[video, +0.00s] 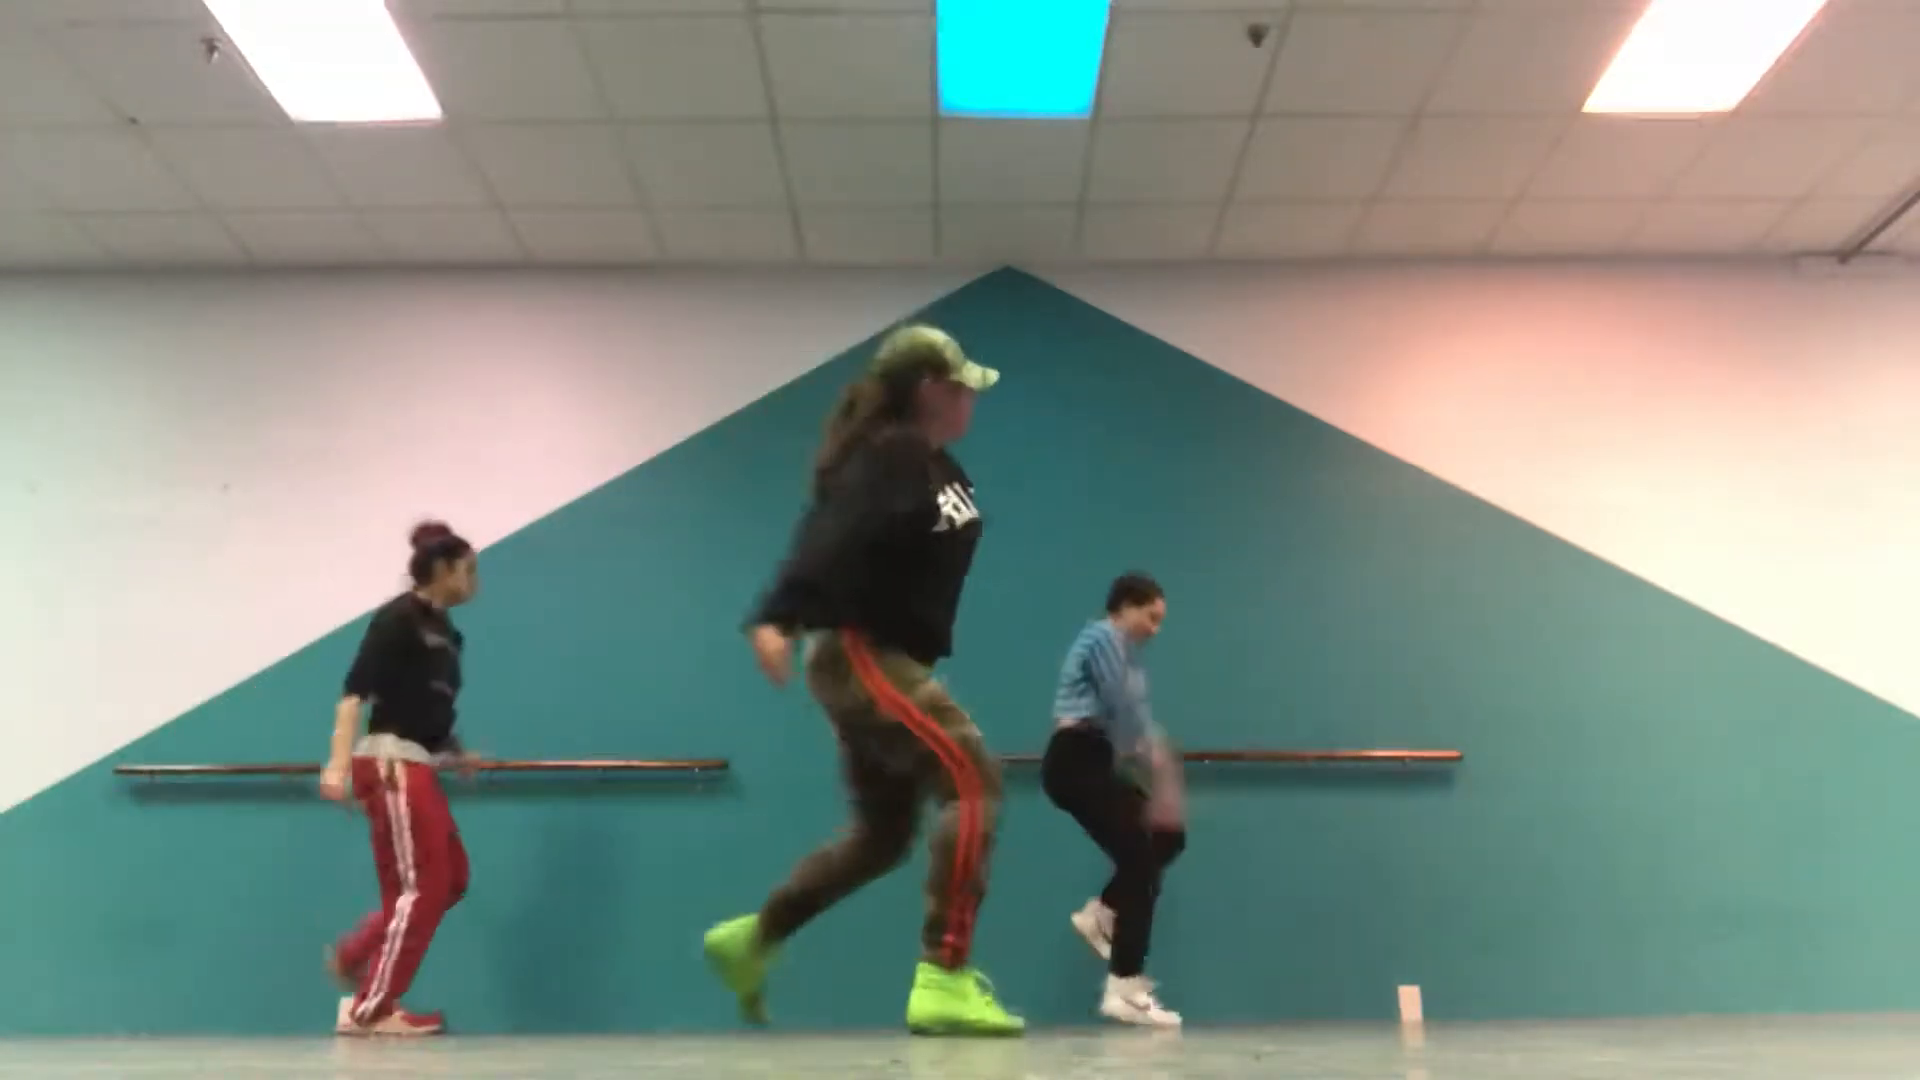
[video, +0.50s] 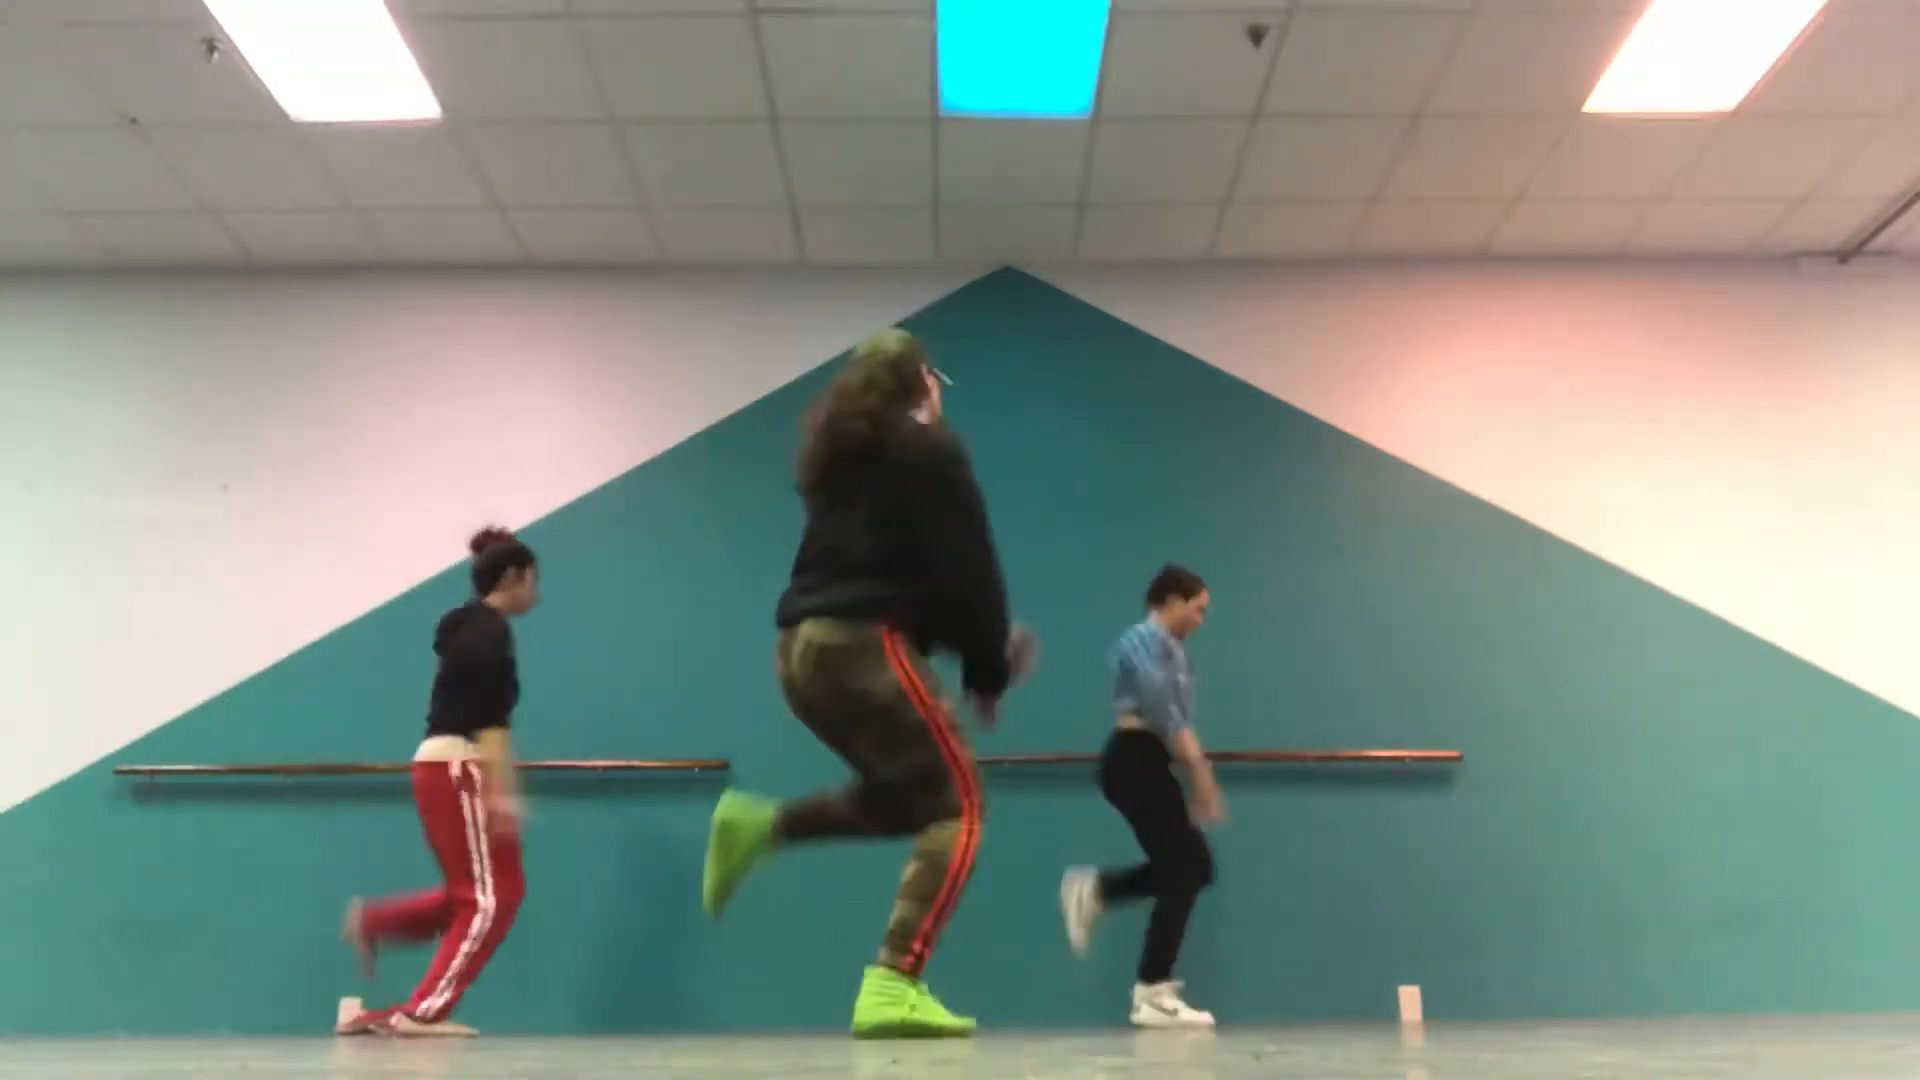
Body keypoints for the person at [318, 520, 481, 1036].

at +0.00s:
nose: (474, 579)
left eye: (473, 569)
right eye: (468, 569)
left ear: (442, 572)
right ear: (442, 570)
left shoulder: (446, 631)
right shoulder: (395, 618)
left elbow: (429, 705)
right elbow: (353, 694)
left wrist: (455, 752)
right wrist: (339, 762)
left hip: (418, 764)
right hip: (389, 760)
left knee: (452, 878)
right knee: (419, 884)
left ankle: (352, 954)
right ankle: (372, 1009)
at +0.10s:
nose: (485, 589)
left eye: (484, 580)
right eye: (480, 580)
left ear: (455, 582)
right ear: (455, 581)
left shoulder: (461, 640)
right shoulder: (411, 621)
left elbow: (451, 719)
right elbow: (353, 684)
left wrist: (503, 744)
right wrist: (304, 742)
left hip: (421, 773)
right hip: (400, 770)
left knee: (414, 887)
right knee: (457, 876)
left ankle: (375, 1003)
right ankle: (386, 1002)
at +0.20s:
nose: (491, 608)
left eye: (491, 598)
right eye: (486, 598)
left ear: (463, 599)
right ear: (463, 598)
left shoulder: (478, 662)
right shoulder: (421, 642)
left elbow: (500, 719)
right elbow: (355, 685)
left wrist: (536, 755)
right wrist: (290, 722)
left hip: (419, 789)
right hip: (406, 786)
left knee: (434, 904)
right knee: (484, 874)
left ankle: (378, 1007)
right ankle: (397, 988)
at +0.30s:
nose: (508, 603)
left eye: (507, 593)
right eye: (503, 592)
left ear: (478, 592)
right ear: (479, 591)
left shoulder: (492, 655)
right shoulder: (439, 634)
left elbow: (512, 724)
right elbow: (381, 678)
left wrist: (523, 772)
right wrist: (331, 713)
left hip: (434, 782)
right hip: (420, 779)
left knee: (436, 898)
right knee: (492, 873)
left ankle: (380, 1005)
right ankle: (416, 990)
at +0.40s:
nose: (526, 592)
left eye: (525, 581)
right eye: (522, 581)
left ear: (494, 581)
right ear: (500, 580)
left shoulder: (490, 636)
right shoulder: (460, 623)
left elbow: (476, 715)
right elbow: (422, 690)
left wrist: (489, 779)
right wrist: (399, 745)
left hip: (454, 768)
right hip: (442, 766)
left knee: (435, 893)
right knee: (488, 883)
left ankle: (376, 1004)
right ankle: (424, 1009)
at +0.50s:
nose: (535, 592)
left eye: (534, 581)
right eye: (532, 581)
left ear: (494, 579)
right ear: (514, 579)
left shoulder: (467, 624)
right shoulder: (488, 629)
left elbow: (478, 719)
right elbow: (490, 723)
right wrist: (499, 793)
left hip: (438, 765)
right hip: (458, 767)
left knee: (472, 895)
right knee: (494, 895)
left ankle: (373, 920)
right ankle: (424, 1012)